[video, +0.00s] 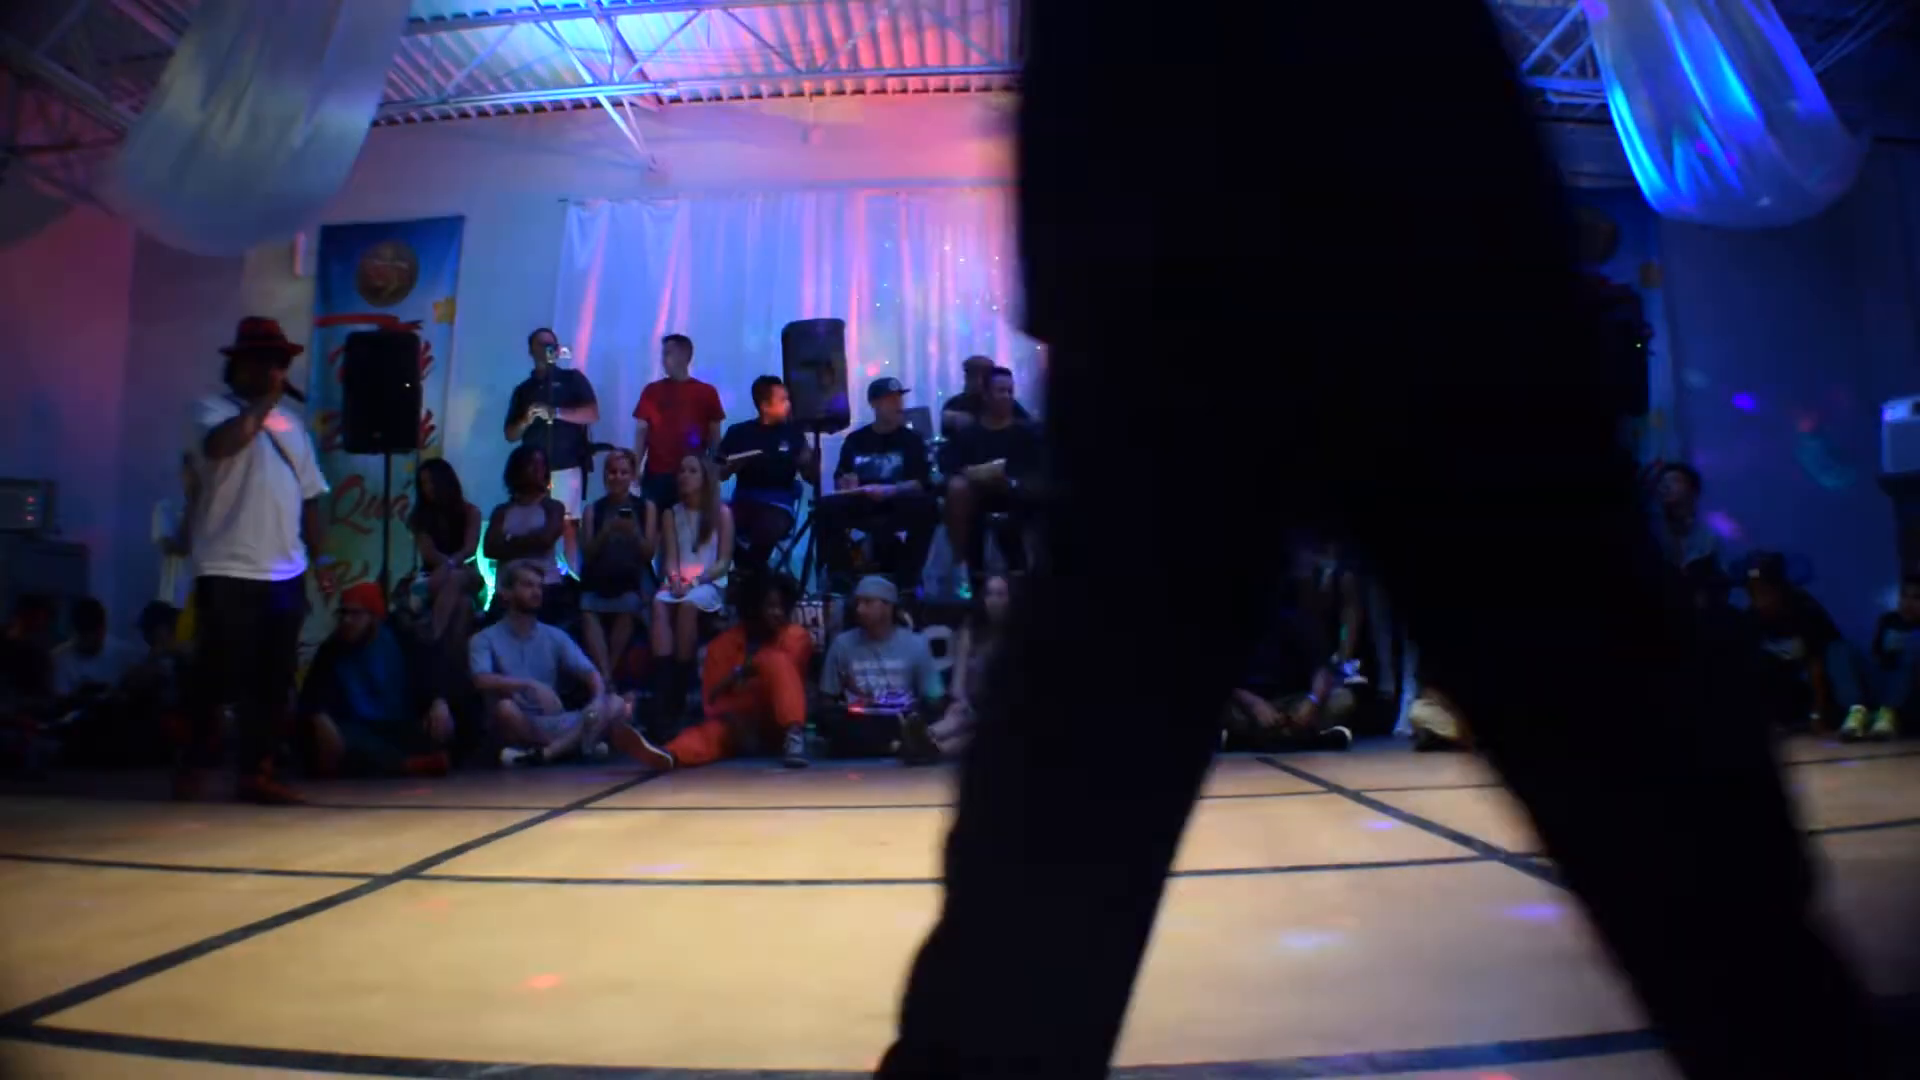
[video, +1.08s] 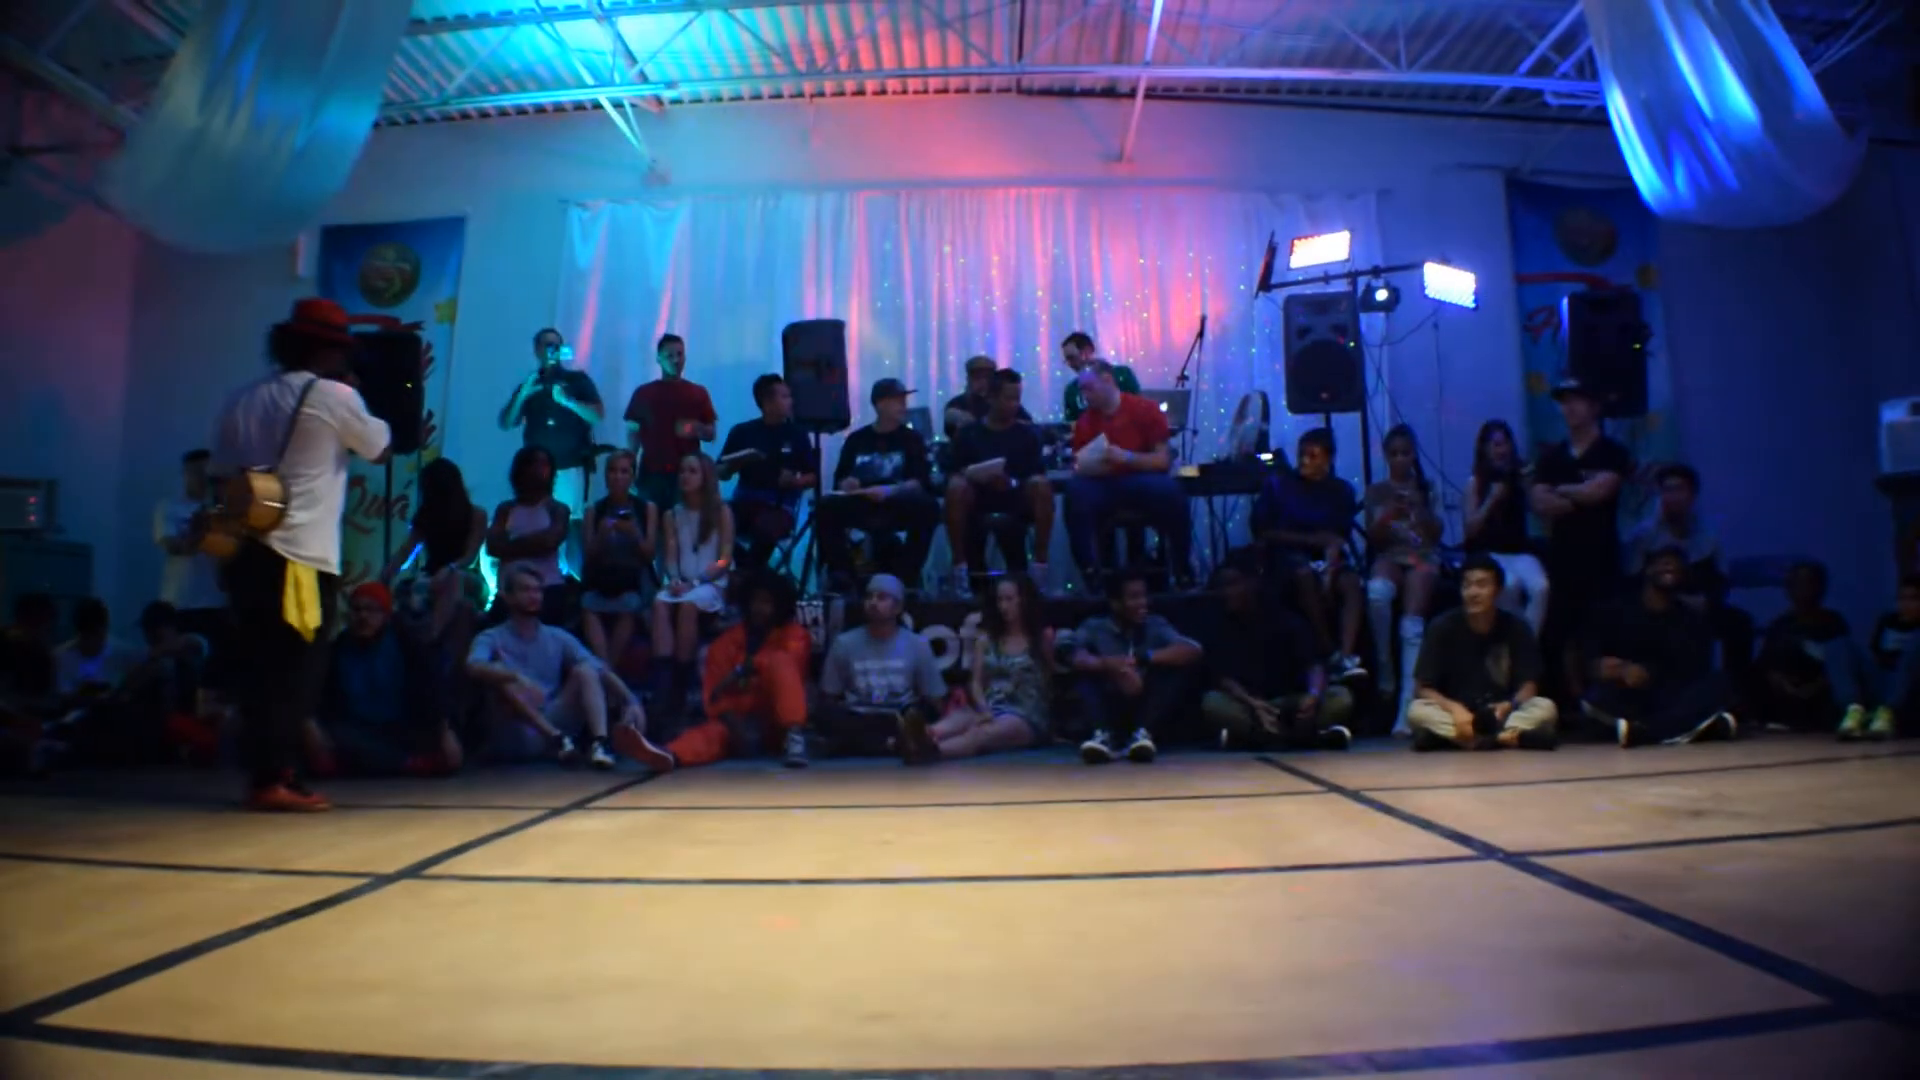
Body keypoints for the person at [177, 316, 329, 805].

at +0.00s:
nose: (274, 375)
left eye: (279, 367)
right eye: (265, 366)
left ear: (284, 372)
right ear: (239, 369)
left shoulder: (290, 425)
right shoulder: (214, 409)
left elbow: (311, 498)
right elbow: (218, 447)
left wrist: (318, 563)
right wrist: (263, 405)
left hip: (282, 575)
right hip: (226, 572)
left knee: (273, 680)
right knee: (215, 677)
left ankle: (260, 773)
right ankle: (194, 769)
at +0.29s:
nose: (299, 367)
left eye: (301, 358)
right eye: (289, 358)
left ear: (298, 366)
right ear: (259, 360)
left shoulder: (301, 423)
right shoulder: (232, 406)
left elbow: (313, 499)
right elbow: (261, 437)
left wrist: (338, 550)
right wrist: (303, 396)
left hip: (291, 569)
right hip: (246, 565)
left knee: (279, 675)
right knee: (256, 671)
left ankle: (261, 772)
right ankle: (244, 778)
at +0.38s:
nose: (305, 366)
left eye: (307, 356)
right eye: (296, 355)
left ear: (302, 364)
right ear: (266, 357)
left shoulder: (296, 415)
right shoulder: (241, 404)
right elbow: (278, 437)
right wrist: (314, 394)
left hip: (292, 570)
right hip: (252, 567)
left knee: (282, 676)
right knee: (260, 675)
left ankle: (270, 769)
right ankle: (255, 774)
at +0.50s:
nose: (316, 365)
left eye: (317, 357)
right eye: (309, 355)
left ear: (289, 358)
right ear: (281, 354)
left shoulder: (285, 404)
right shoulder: (254, 398)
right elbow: (306, 436)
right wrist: (333, 393)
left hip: (291, 563)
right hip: (266, 563)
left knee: (282, 673)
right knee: (271, 673)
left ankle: (271, 770)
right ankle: (260, 775)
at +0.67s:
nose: (333, 359)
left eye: (332, 350)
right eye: (325, 350)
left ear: (290, 351)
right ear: (301, 351)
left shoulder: (274, 392)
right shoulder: (285, 395)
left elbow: (344, 434)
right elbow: (348, 437)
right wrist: (354, 392)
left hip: (282, 556)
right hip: (286, 558)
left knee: (285, 672)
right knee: (287, 673)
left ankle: (276, 774)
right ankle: (270, 778)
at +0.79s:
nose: (345, 360)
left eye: (344, 351)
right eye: (339, 351)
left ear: (298, 351)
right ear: (318, 352)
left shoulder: (279, 394)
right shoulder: (308, 397)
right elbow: (370, 442)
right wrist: (363, 397)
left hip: (271, 551)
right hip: (294, 556)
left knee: (282, 670)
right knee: (293, 671)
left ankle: (273, 775)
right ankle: (278, 778)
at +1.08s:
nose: (345, 360)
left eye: (344, 351)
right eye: (341, 350)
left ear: (287, 347)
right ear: (326, 351)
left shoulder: (243, 402)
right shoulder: (329, 396)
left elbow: (222, 475)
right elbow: (377, 444)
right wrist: (351, 398)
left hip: (246, 556)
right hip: (297, 560)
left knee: (261, 668)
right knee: (295, 671)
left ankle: (268, 776)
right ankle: (277, 780)